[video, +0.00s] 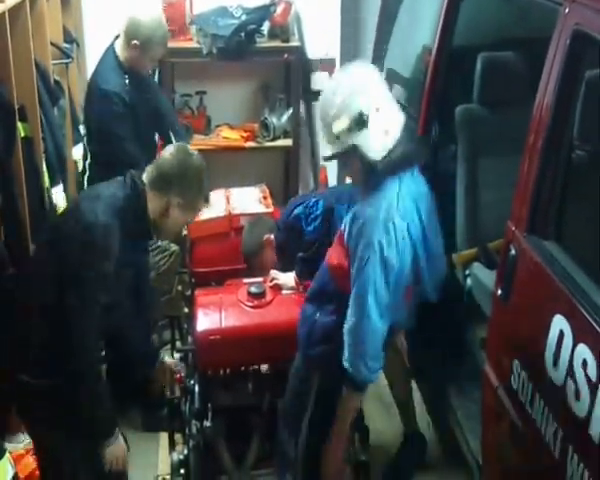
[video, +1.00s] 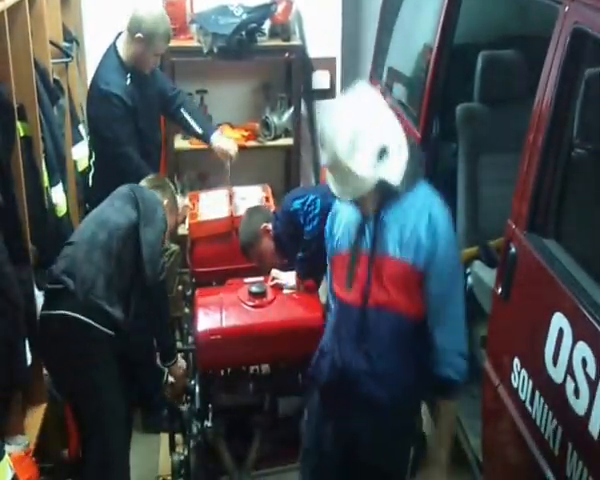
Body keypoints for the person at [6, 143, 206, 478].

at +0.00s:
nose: (187, 226)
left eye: (192, 217)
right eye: (189, 215)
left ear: (168, 201)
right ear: (169, 205)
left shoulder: (127, 210)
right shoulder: (101, 228)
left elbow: (131, 306)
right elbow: (84, 341)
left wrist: (151, 364)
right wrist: (106, 432)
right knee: (77, 470)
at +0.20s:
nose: (189, 213)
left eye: (193, 204)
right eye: (191, 203)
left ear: (171, 189)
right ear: (173, 193)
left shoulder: (130, 201)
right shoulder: (113, 215)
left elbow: (128, 309)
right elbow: (101, 317)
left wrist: (156, 364)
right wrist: (113, 406)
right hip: (60, 370)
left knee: (113, 463)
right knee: (82, 466)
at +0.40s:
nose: (180, 209)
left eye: (186, 201)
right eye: (184, 198)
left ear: (160, 174)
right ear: (172, 184)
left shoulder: (121, 186)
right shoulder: (134, 201)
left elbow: (133, 293)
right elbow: (134, 299)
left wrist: (152, 356)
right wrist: (150, 369)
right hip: (65, 353)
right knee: (99, 456)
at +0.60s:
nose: (173, 222)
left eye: (179, 214)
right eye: (177, 211)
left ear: (152, 184)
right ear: (167, 194)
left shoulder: (122, 194)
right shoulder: (140, 201)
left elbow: (136, 300)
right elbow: (141, 299)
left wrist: (165, 358)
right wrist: (165, 363)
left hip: (50, 328)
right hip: (74, 339)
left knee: (90, 448)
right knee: (103, 452)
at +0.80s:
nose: (167, 231)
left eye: (173, 224)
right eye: (172, 220)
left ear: (145, 192)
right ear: (164, 200)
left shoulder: (112, 205)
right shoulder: (145, 202)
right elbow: (147, 286)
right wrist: (168, 357)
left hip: (50, 324)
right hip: (82, 333)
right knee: (108, 436)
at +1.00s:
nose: (170, 231)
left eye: (173, 226)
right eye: (173, 222)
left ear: (148, 190)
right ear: (169, 204)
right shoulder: (150, 199)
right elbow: (152, 278)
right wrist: (171, 356)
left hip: (53, 324)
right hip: (87, 329)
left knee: (96, 430)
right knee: (111, 428)